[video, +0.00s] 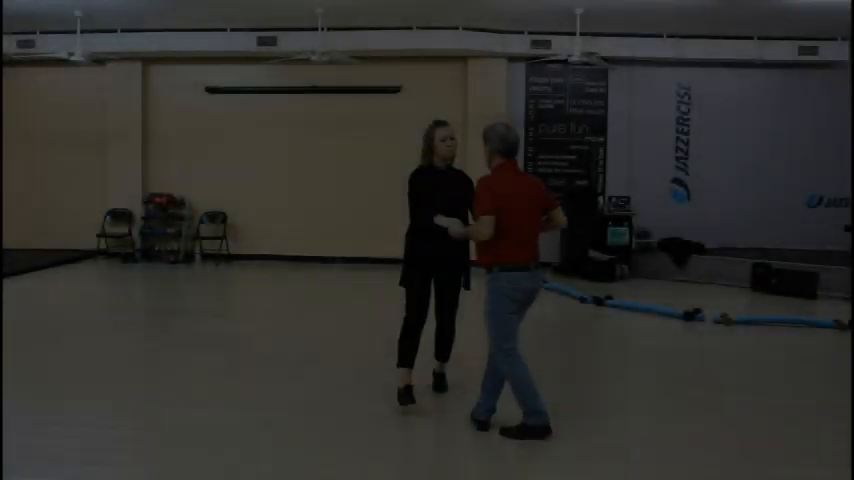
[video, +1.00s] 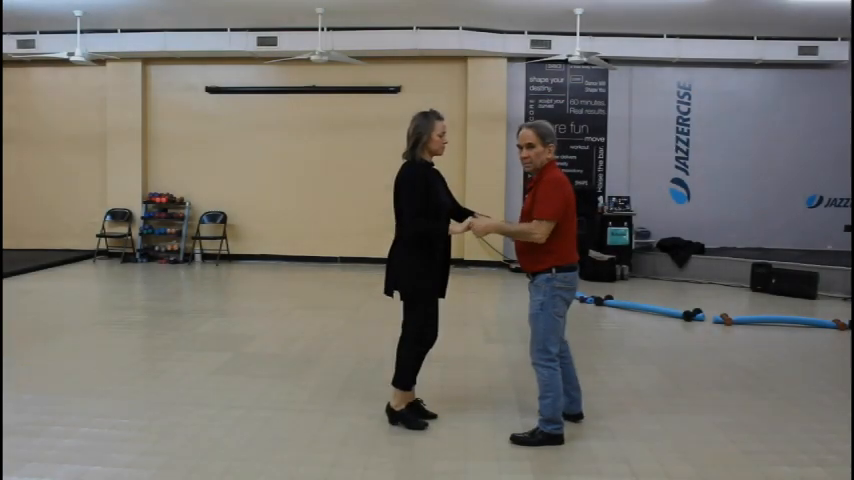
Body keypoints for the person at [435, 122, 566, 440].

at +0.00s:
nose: (483, 152)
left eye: (484, 148)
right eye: (485, 147)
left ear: (489, 151)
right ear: (515, 150)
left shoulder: (487, 184)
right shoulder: (532, 183)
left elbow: (484, 231)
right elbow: (558, 220)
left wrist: (458, 228)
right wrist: (527, 227)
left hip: (503, 277)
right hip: (530, 275)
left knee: (506, 350)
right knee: (499, 347)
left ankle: (536, 419)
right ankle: (483, 412)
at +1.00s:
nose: (523, 153)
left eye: (530, 147)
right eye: (520, 147)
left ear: (549, 149)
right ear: (519, 149)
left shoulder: (554, 182)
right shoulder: (539, 181)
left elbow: (539, 233)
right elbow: (532, 229)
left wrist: (495, 227)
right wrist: (497, 226)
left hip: (553, 279)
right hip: (547, 276)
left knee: (544, 354)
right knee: (556, 346)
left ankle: (550, 427)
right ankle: (571, 407)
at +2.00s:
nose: (510, 147)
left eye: (514, 141)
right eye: (511, 141)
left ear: (531, 146)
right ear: (534, 147)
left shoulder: (542, 181)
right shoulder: (536, 177)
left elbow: (532, 232)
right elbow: (522, 219)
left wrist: (490, 214)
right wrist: (498, 211)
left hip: (543, 278)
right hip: (538, 275)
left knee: (540, 355)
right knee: (537, 352)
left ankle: (551, 427)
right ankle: (539, 413)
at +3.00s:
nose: (506, 153)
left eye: (510, 147)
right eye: (505, 147)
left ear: (530, 148)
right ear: (526, 149)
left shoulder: (548, 179)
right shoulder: (524, 180)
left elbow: (518, 211)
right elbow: (492, 204)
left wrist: (500, 166)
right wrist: (450, 200)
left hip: (549, 280)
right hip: (532, 278)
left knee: (541, 354)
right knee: (525, 348)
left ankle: (548, 424)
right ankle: (527, 413)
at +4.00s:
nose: (481, 152)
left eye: (488, 145)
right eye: (482, 146)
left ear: (505, 150)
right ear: (501, 152)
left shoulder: (521, 182)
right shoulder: (489, 185)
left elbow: (498, 201)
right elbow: (456, 211)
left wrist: (490, 158)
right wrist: (424, 210)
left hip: (502, 280)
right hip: (495, 278)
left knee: (475, 353)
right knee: (502, 350)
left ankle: (453, 428)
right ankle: (525, 417)